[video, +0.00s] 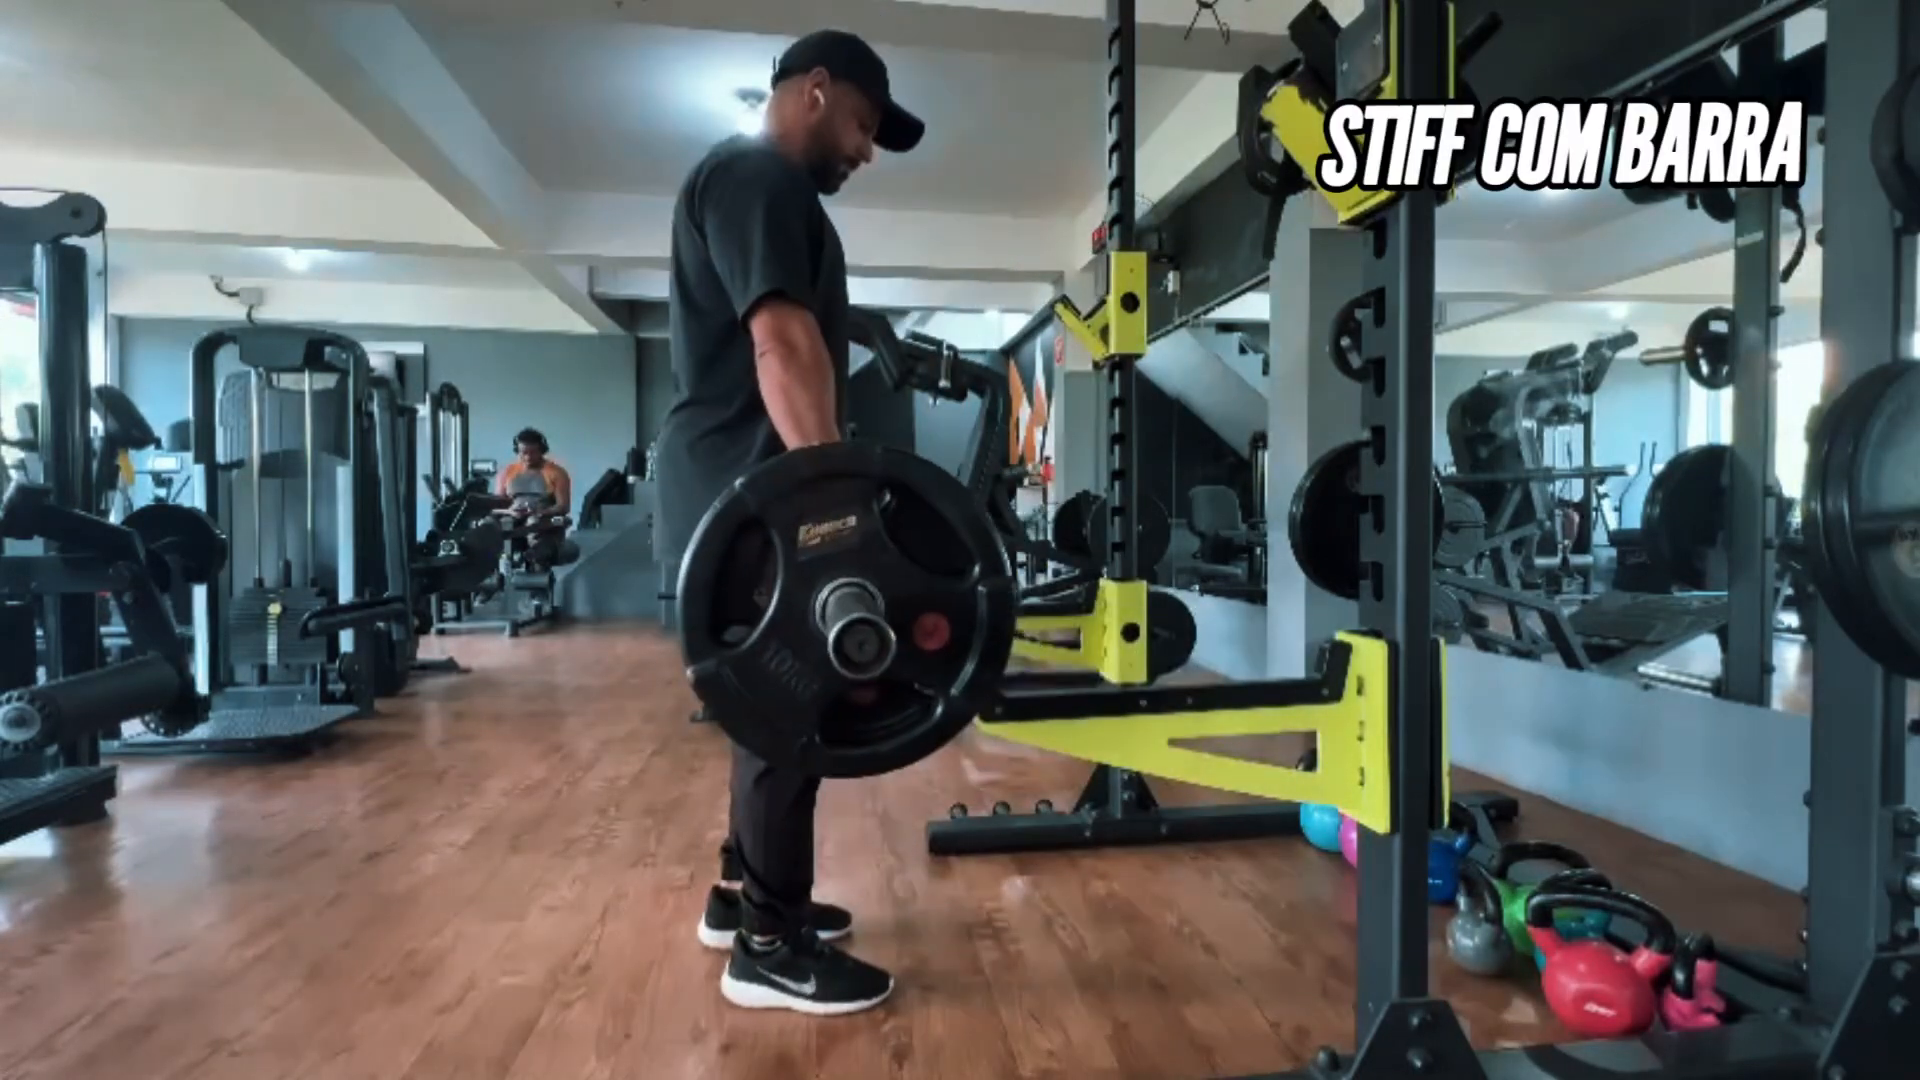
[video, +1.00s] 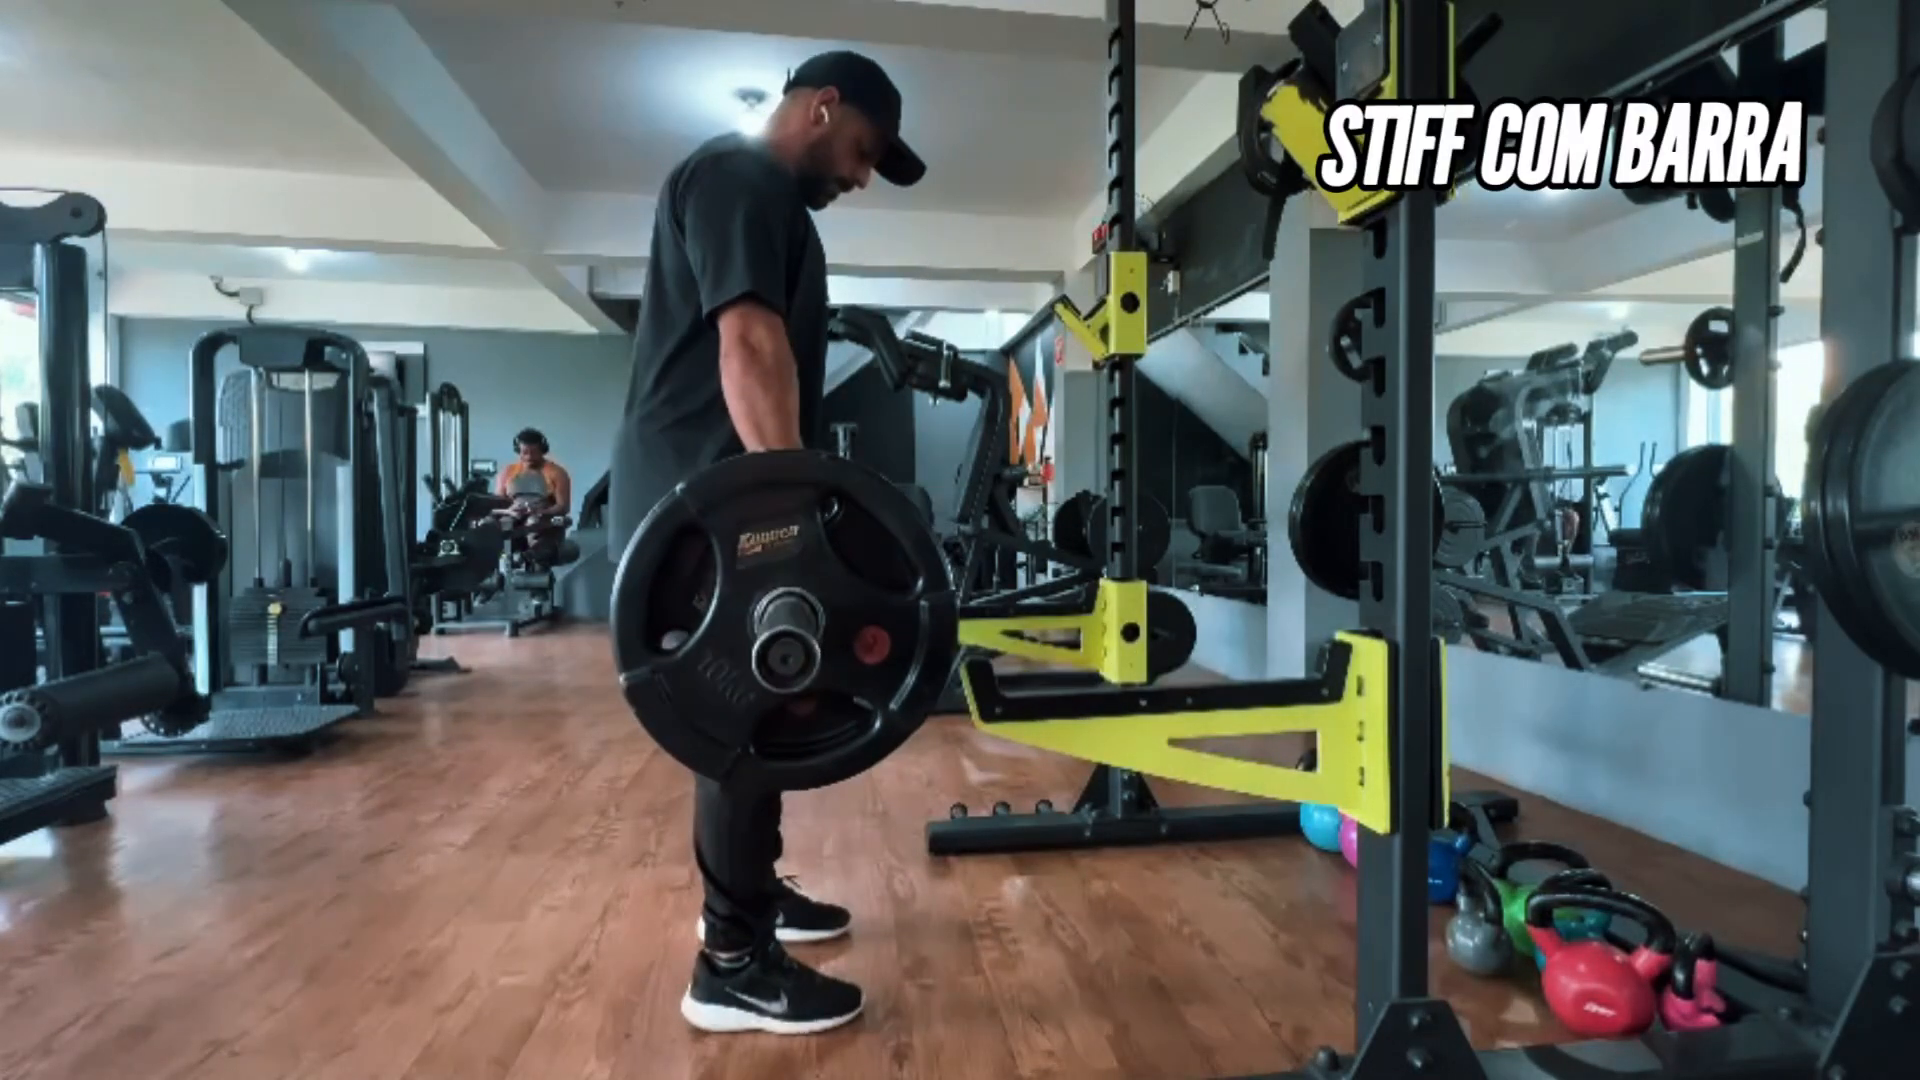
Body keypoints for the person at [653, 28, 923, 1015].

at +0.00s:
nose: (867, 151)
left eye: (873, 137)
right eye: (864, 127)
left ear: (808, 97)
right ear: (813, 92)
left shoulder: (764, 182)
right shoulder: (754, 171)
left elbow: (793, 342)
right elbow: (780, 337)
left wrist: (825, 493)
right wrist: (832, 504)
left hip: (739, 476)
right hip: (743, 479)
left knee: (776, 690)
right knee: (783, 693)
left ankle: (752, 891)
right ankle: (770, 946)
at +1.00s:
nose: (858, 180)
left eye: (869, 167)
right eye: (862, 154)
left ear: (813, 114)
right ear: (820, 109)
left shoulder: (763, 193)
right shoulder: (736, 173)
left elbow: (764, 355)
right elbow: (747, 343)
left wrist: (796, 503)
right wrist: (790, 510)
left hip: (726, 502)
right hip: (707, 503)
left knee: (757, 699)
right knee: (738, 712)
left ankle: (749, 890)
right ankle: (730, 963)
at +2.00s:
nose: (871, 116)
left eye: (871, 99)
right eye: (860, 93)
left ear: (797, 91)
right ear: (807, 85)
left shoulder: (766, 191)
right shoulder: (755, 177)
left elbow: (773, 361)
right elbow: (759, 347)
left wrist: (791, 505)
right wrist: (795, 511)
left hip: (719, 491)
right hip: (709, 494)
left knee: (755, 697)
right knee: (738, 709)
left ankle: (752, 880)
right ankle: (730, 959)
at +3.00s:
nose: (982, 299)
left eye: (986, 283)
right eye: (978, 277)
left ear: (923, 266)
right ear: (927, 261)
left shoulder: (853, 331)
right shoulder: (831, 307)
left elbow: (805, 491)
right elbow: (800, 489)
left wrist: (801, 650)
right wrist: (800, 661)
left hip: (628, 485)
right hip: (624, 484)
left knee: (706, 719)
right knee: (747, 714)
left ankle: (715, 946)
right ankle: (764, 965)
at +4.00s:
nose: (987, 391)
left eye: (994, 377)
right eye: (987, 370)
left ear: (938, 346)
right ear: (944, 346)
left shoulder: (843, 374)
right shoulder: (839, 375)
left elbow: (810, 556)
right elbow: (803, 562)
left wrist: (790, 726)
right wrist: (795, 743)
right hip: (600, 494)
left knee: (720, 717)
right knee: (734, 718)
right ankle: (737, 926)